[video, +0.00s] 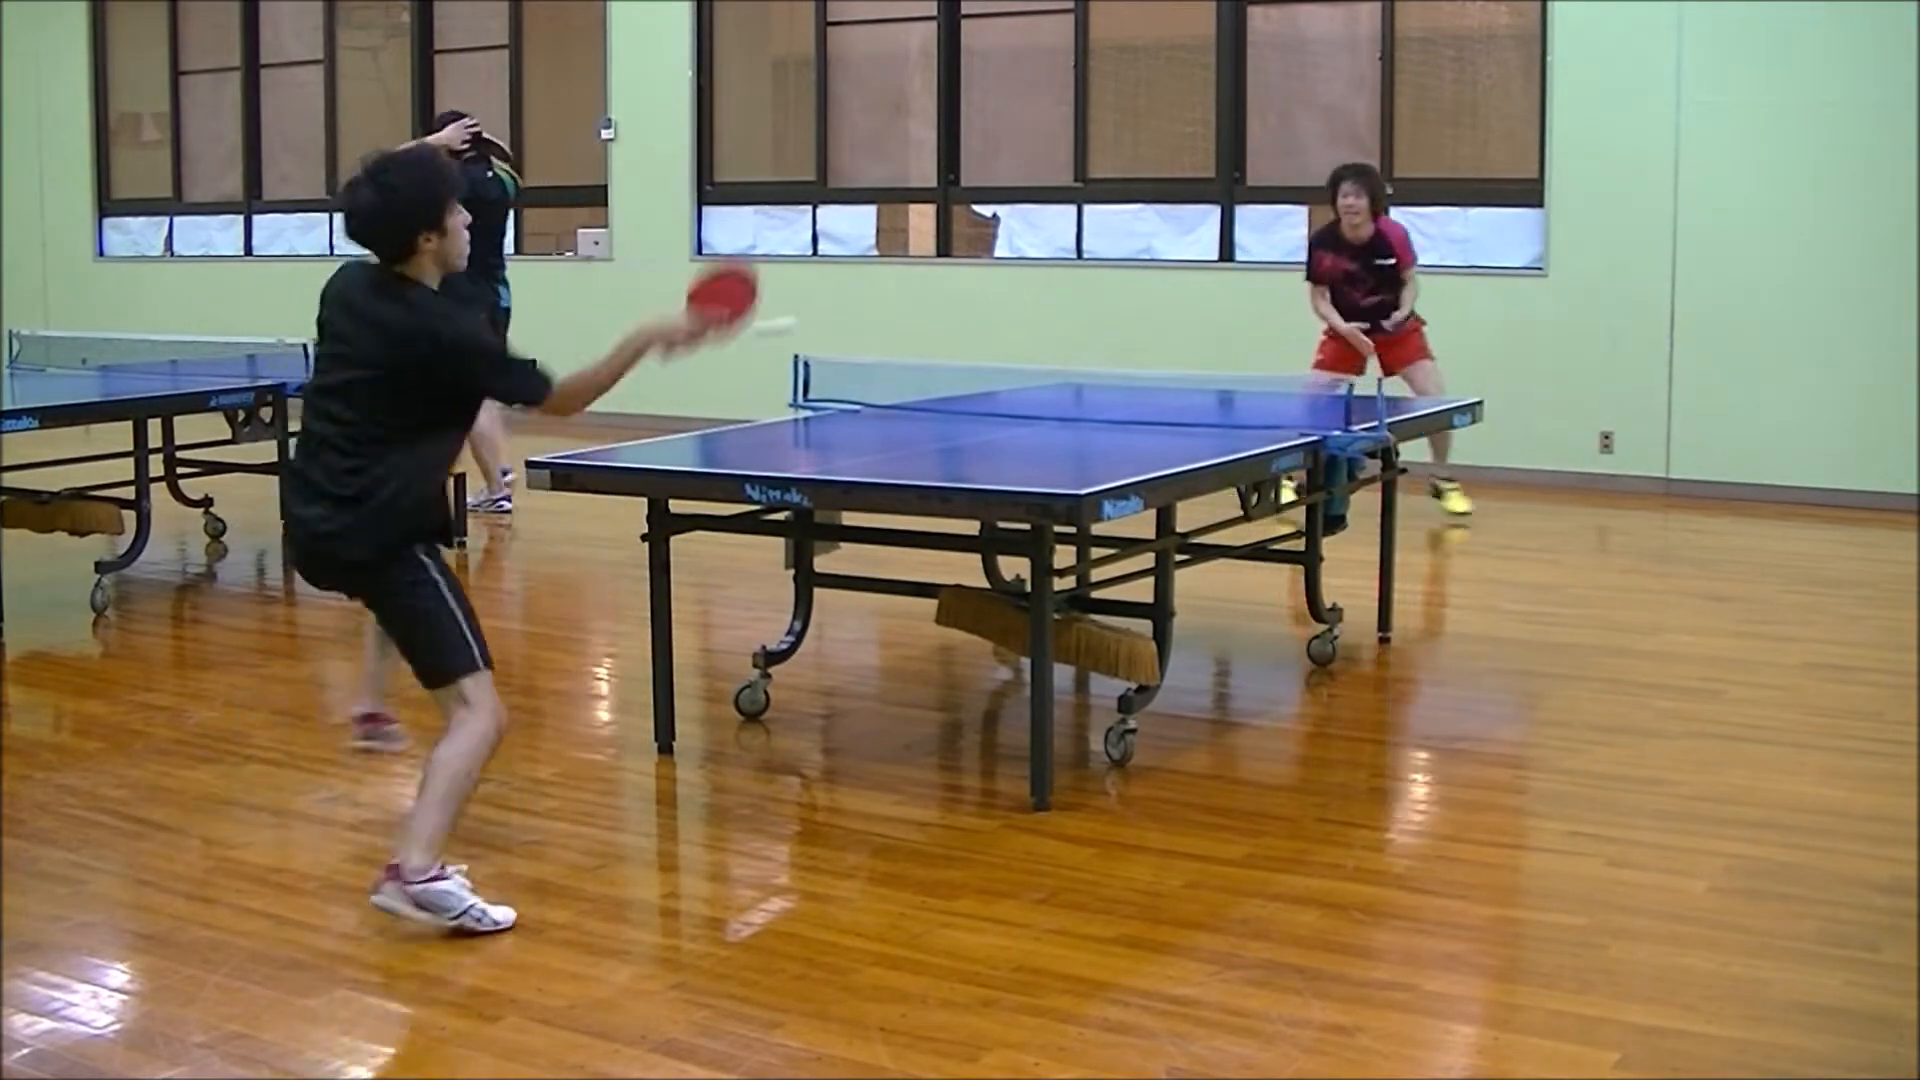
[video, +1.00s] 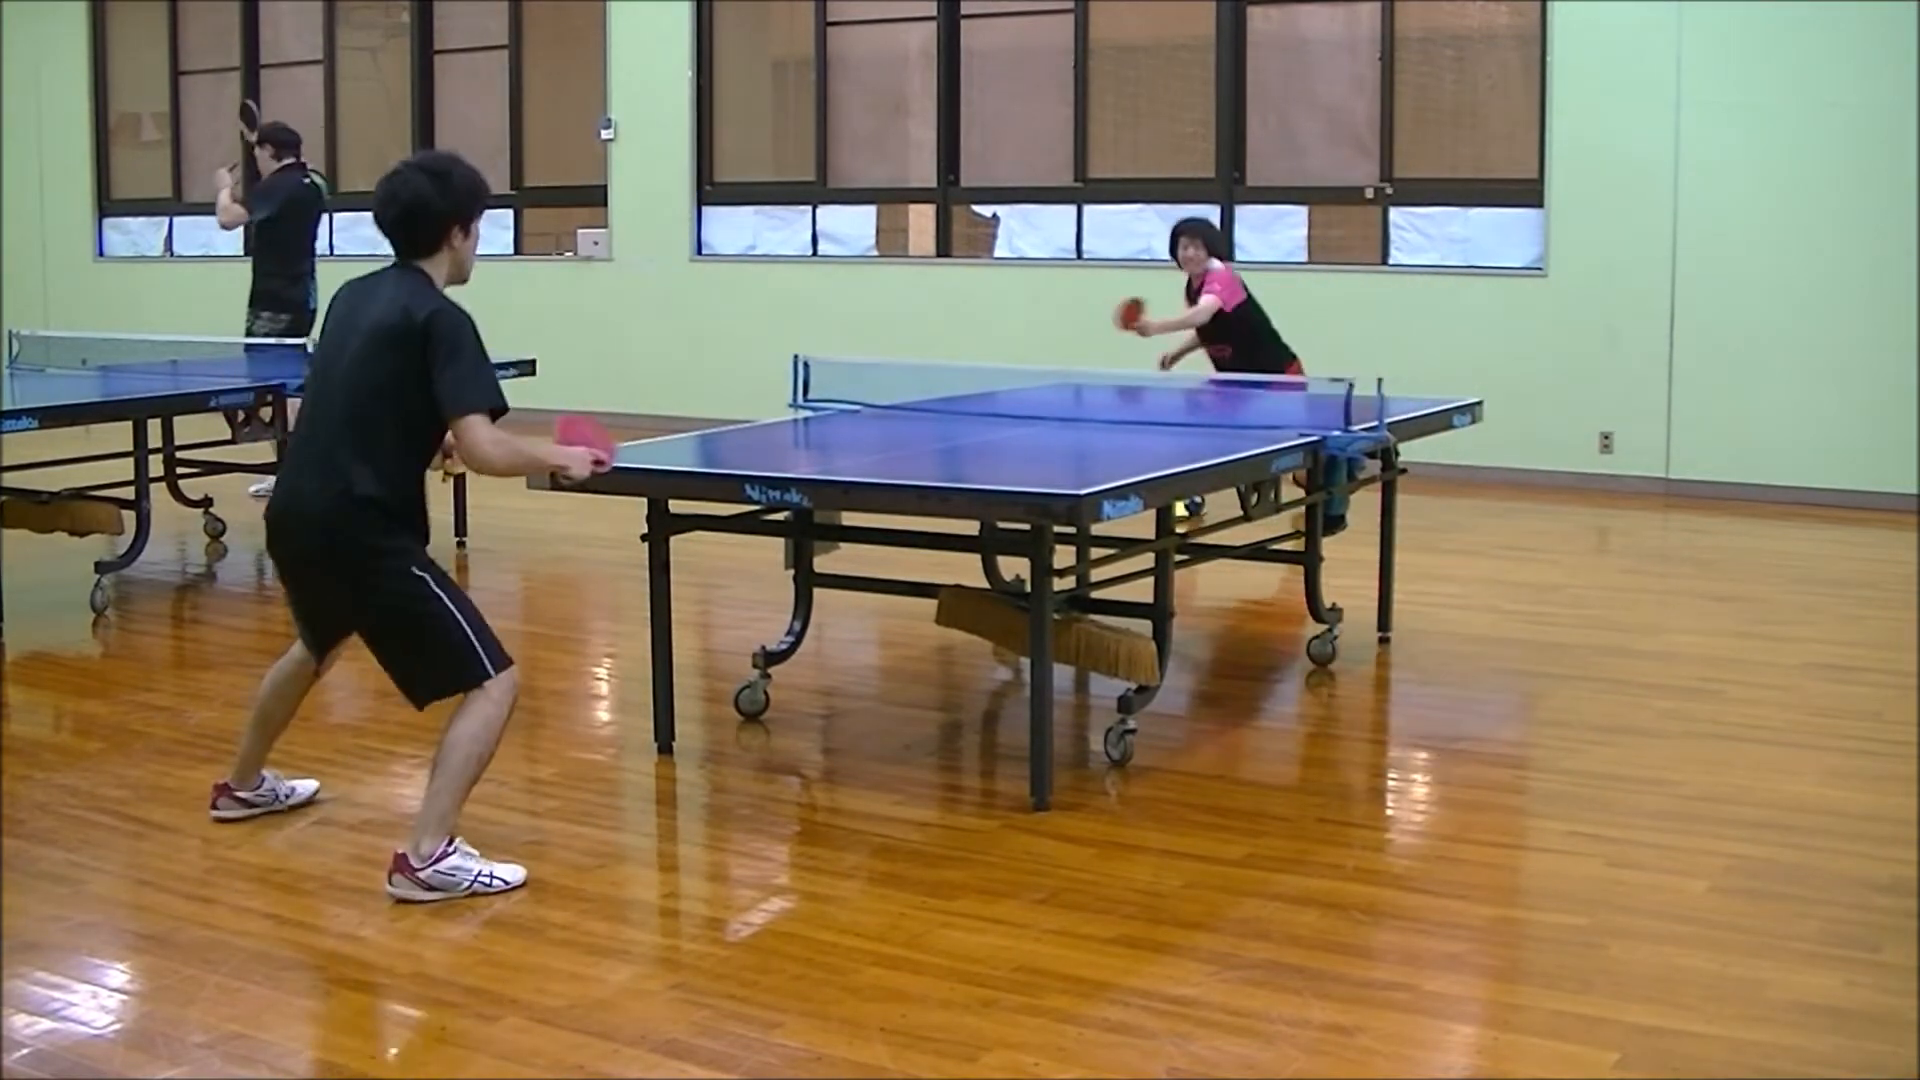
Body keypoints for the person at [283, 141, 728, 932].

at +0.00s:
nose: (470, 226)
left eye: (463, 213)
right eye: (458, 217)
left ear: (394, 234)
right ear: (425, 239)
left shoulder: (344, 287)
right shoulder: (444, 328)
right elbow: (559, 401)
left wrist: (422, 153)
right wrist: (643, 340)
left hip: (313, 521)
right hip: (382, 536)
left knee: (401, 570)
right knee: (479, 709)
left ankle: (369, 705)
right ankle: (415, 870)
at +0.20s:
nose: (482, 303)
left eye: (477, 290)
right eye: (478, 293)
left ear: (401, 302)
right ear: (462, 301)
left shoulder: (352, 387)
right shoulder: (491, 373)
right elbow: (588, 364)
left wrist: (388, 481)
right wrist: (578, 277)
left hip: (369, 613)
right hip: (457, 612)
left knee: (432, 660)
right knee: (513, 777)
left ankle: (456, 775)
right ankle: (457, 858)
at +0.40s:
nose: (487, 272)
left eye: (483, 260)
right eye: (484, 262)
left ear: (405, 269)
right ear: (472, 272)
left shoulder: (362, 344)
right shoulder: (505, 346)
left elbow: (284, 436)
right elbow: (538, 469)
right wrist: (487, 435)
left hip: (379, 561)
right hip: (463, 568)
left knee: (441, 640)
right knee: (498, 736)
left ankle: (455, 774)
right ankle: (458, 840)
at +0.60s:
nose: (499, 168)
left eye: (497, 156)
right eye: (496, 156)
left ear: (411, 156)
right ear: (479, 163)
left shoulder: (365, 220)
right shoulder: (490, 237)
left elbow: (285, 284)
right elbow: (515, 366)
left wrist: (237, 391)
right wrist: (481, 428)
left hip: (355, 448)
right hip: (435, 453)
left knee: (415, 610)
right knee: (487, 637)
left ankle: (441, 772)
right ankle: (432, 805)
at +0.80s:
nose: (498, 178)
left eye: (494, 165)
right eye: (493, 166)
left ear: (416, 172)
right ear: (475, 176)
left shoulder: (362, 245)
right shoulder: (479, 263)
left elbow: (292, 349)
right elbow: (497, 386)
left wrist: (308, 429)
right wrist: (509, 443)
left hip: (334, 478)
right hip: (415, 493)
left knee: (346, 612)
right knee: (476, 672)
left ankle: (289, 765)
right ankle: (428, 852)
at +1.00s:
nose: (479, 241)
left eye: (478, 226)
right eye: (476, 227)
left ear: (402, 231)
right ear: (455, 234)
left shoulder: (352, 297)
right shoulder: (440, 319)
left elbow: (331, 409)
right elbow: (480, 446)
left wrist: (429, 437)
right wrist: (558, 457)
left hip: (293, 516)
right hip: (366, 531)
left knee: (317, 641)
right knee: (492, 681)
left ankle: (243, 782)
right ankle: (428, 852)